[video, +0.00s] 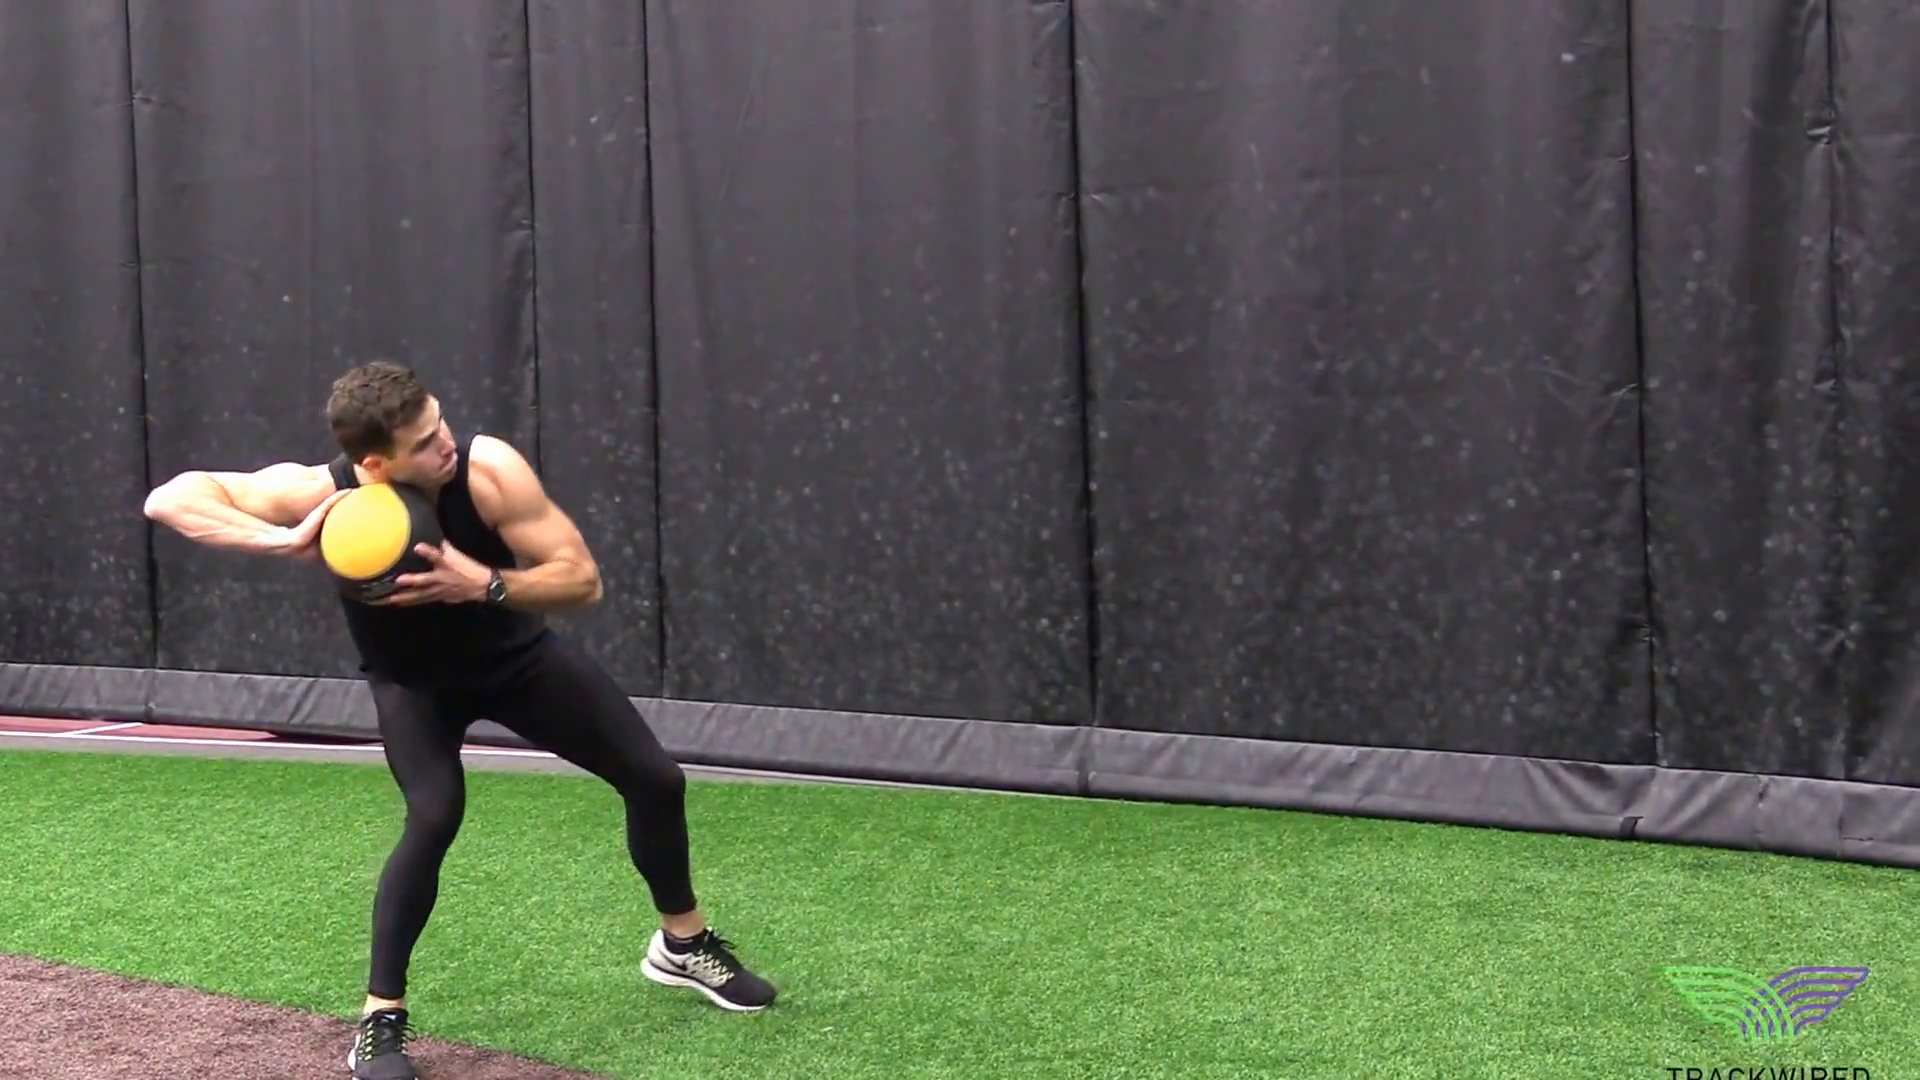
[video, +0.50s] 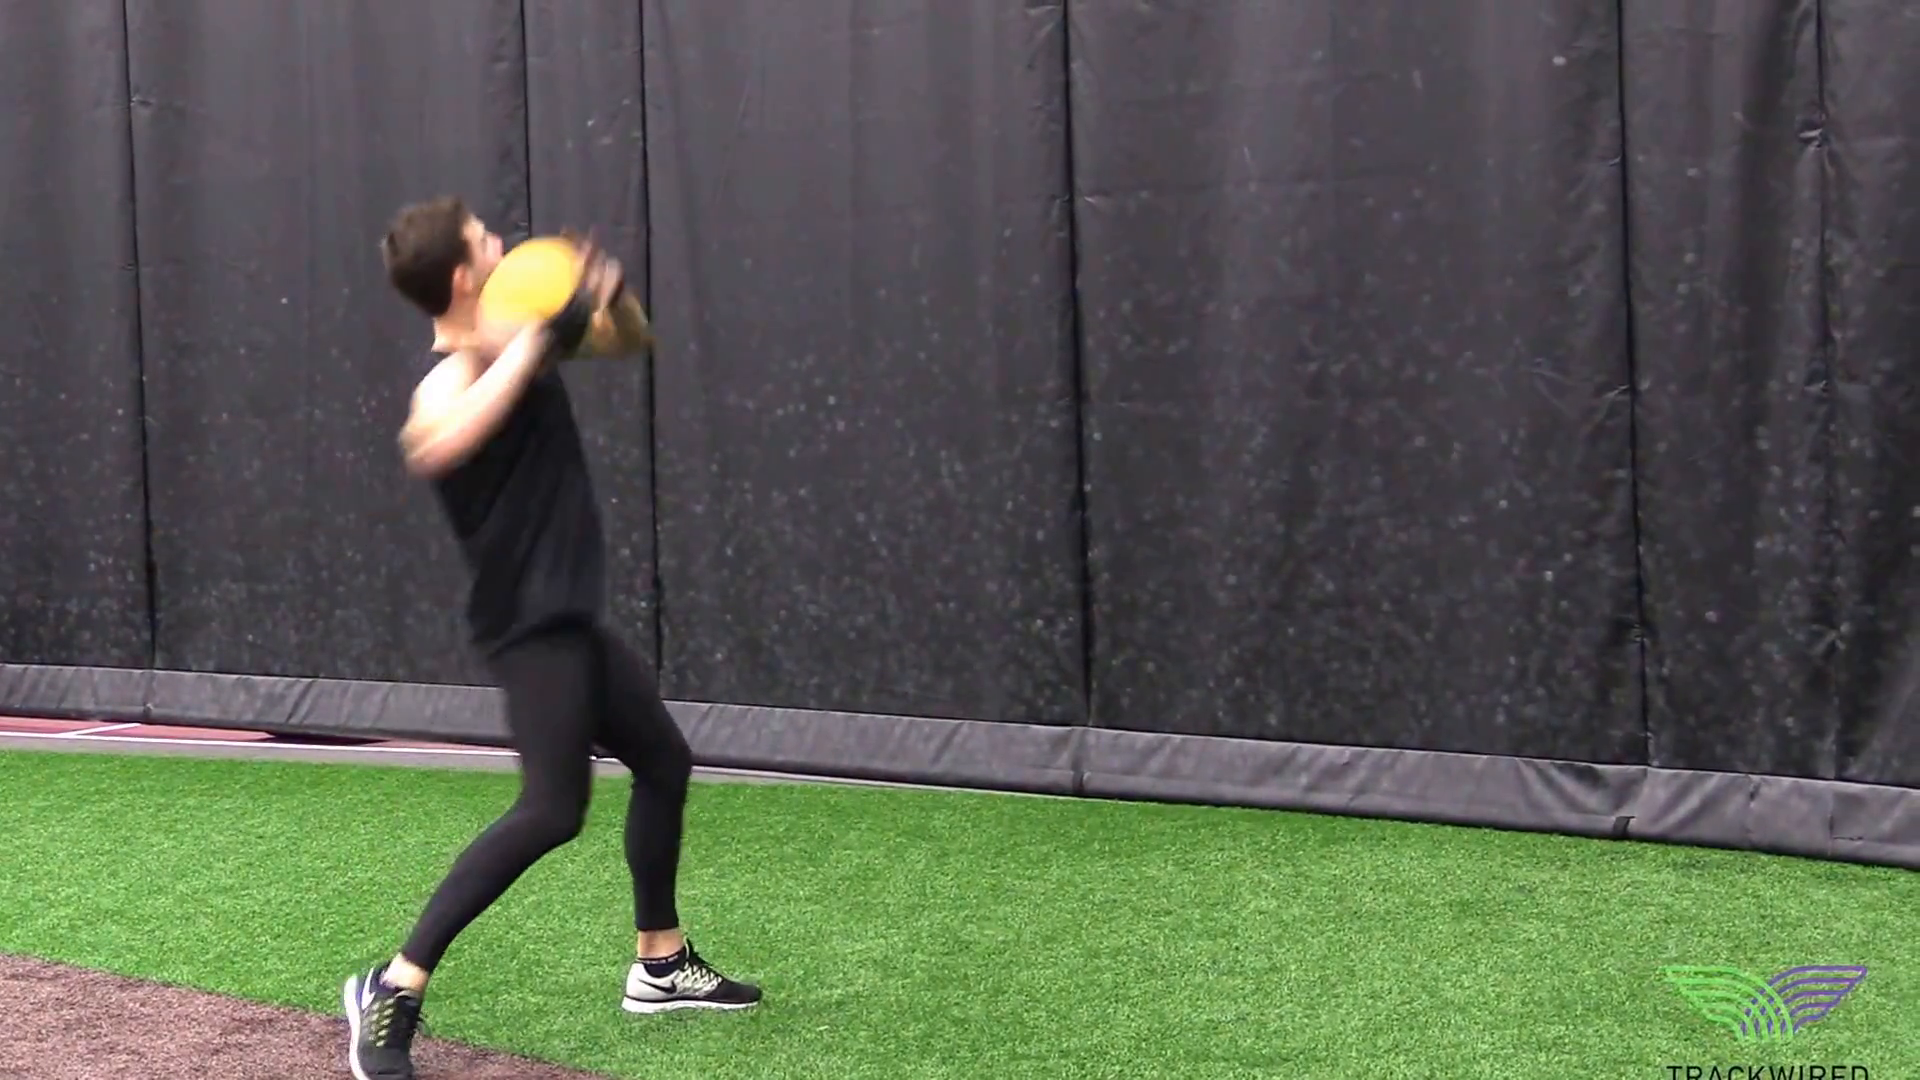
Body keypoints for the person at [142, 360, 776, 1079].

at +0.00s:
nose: (446, 446)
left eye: (442, 429)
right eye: (425, 444)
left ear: (442, 411)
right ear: (371, 467)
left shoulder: (493, 472)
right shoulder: (320, 494)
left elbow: (580, 579)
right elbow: (167, 498)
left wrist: (487, 583)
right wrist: (277, 539)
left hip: (519, 655)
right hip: (412, 681)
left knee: (656, 780)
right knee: (434, 813)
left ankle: (684, 940)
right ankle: (383, 1016)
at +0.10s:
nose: (464, 421)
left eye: (459, 404)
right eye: (443, 419)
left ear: (460, 401)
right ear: (389, 446)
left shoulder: (505, 447)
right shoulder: (335, 487)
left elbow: (600, 554)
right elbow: (184, 505)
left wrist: (508, 554)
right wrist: (297, 531)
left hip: (528, 661)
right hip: (423, 683)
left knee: (665, 781)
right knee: (450, 819)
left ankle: (672, 947)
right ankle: (384, 1017)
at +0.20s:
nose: (480, 385)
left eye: (473, 370)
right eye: (459, 383)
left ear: (474, 365)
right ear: (412, 413)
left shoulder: (519, 419)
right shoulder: (358, 473)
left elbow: (622, 509)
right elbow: (209, 513)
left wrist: (536, 506)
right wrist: (333, 514)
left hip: (531, 660)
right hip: (435, 682)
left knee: (673, 775)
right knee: (469, 820)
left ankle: (662, 954)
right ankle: (388, 1016)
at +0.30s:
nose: (494, 338)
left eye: (486, 326)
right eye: (475, 337)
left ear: (481, 339)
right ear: (431, 370)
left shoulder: (529, 382)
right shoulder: (384, 451)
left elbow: (648, 457)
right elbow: (249, 517)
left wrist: (569, 429)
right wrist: (372, 483)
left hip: (539, 651)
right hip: (454, 667)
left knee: (680, 770)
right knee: (492, 822)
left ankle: (657, 965)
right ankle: (390, 1013)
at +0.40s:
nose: (501, 287)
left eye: (493, 276)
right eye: (485, 283)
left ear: (469, 307)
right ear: (450, 316)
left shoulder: (527, 360)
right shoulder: (410, 417)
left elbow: (656, 386)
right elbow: (319, 504)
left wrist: (590, 355)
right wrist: (433, 432)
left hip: (557, 637)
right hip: (487, 651)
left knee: (679, 767)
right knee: (521, 818)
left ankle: (662, 963)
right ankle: (392, 1002)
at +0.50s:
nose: (502, 248)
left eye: (493, 237)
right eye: (488, 243)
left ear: (460, 280)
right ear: (462, 277)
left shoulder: (522, 334)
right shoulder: (447, 378)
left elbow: (627, 338)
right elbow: (430, 448)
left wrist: (607, 294)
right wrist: (530, 347)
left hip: (573, 618)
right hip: (529, 627)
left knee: (665, 763)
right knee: (550, 810)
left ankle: (662, 963)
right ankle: (395, 985)